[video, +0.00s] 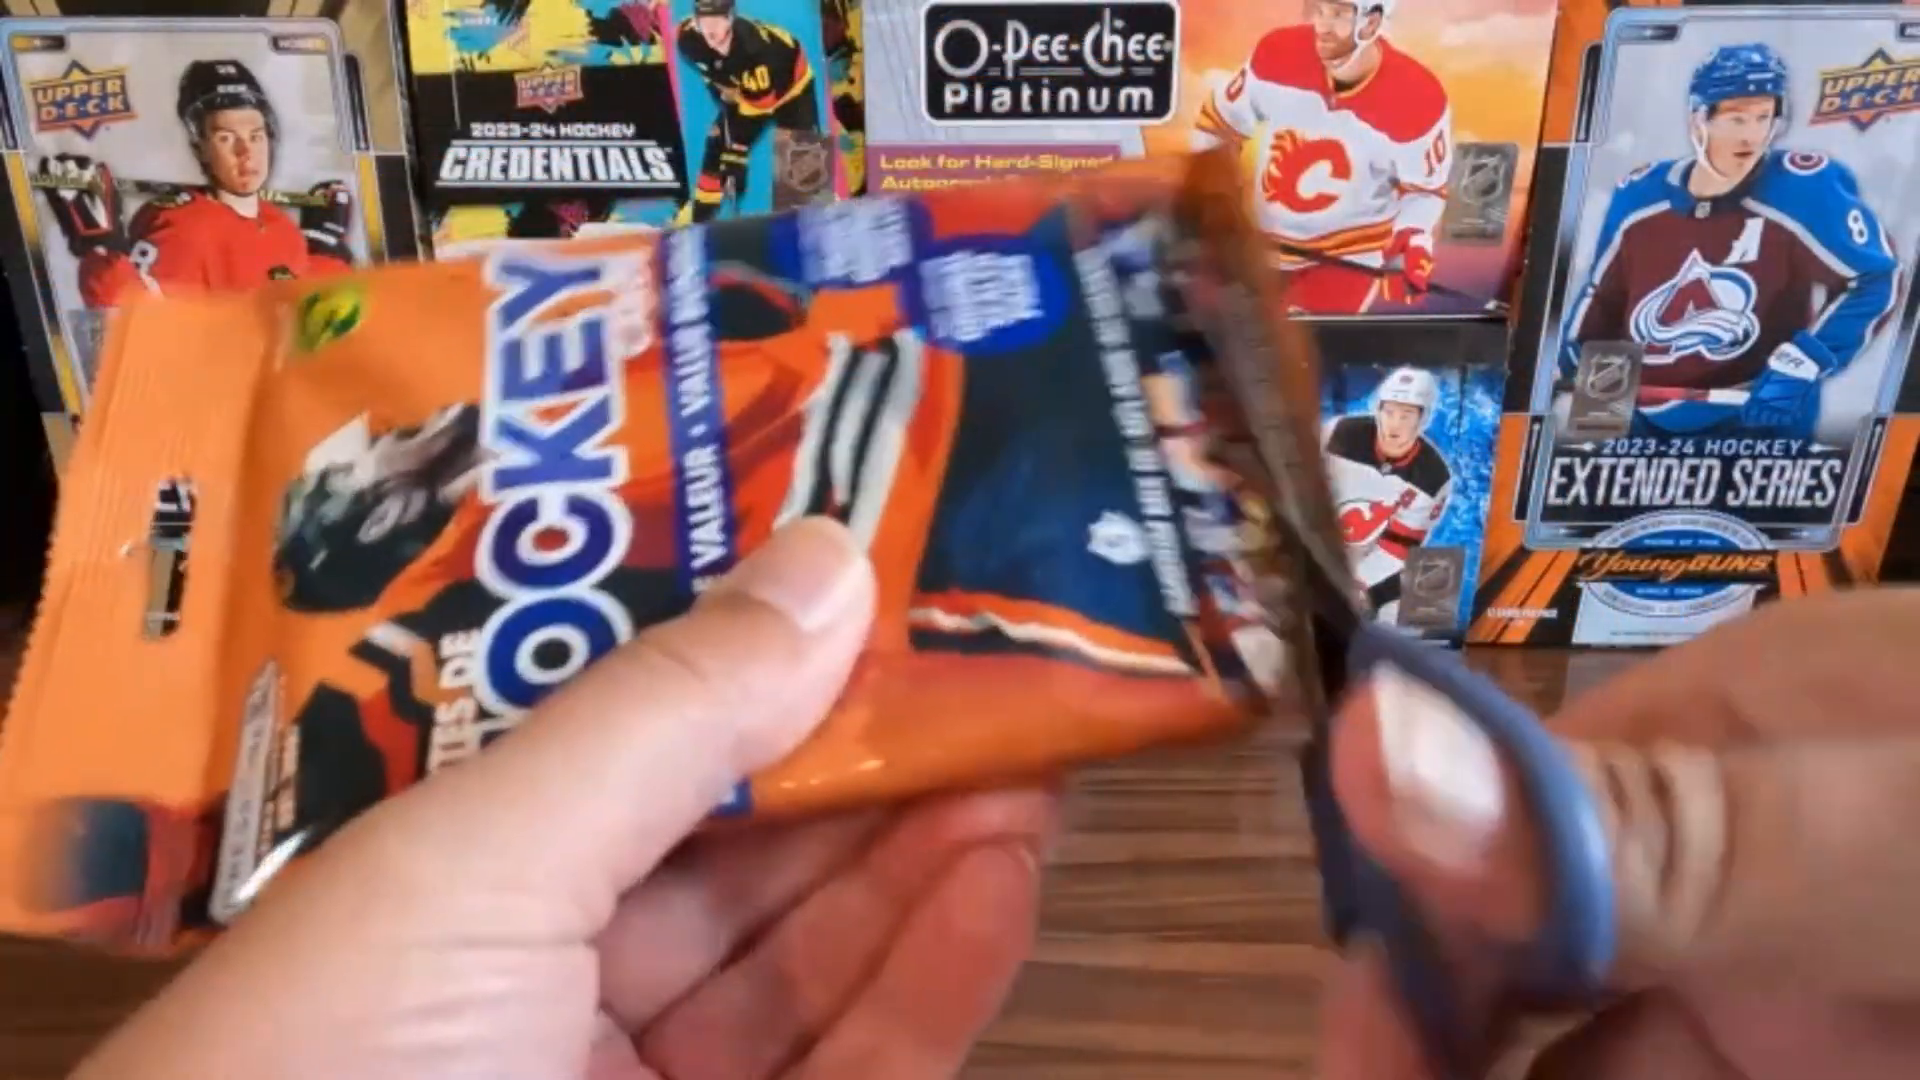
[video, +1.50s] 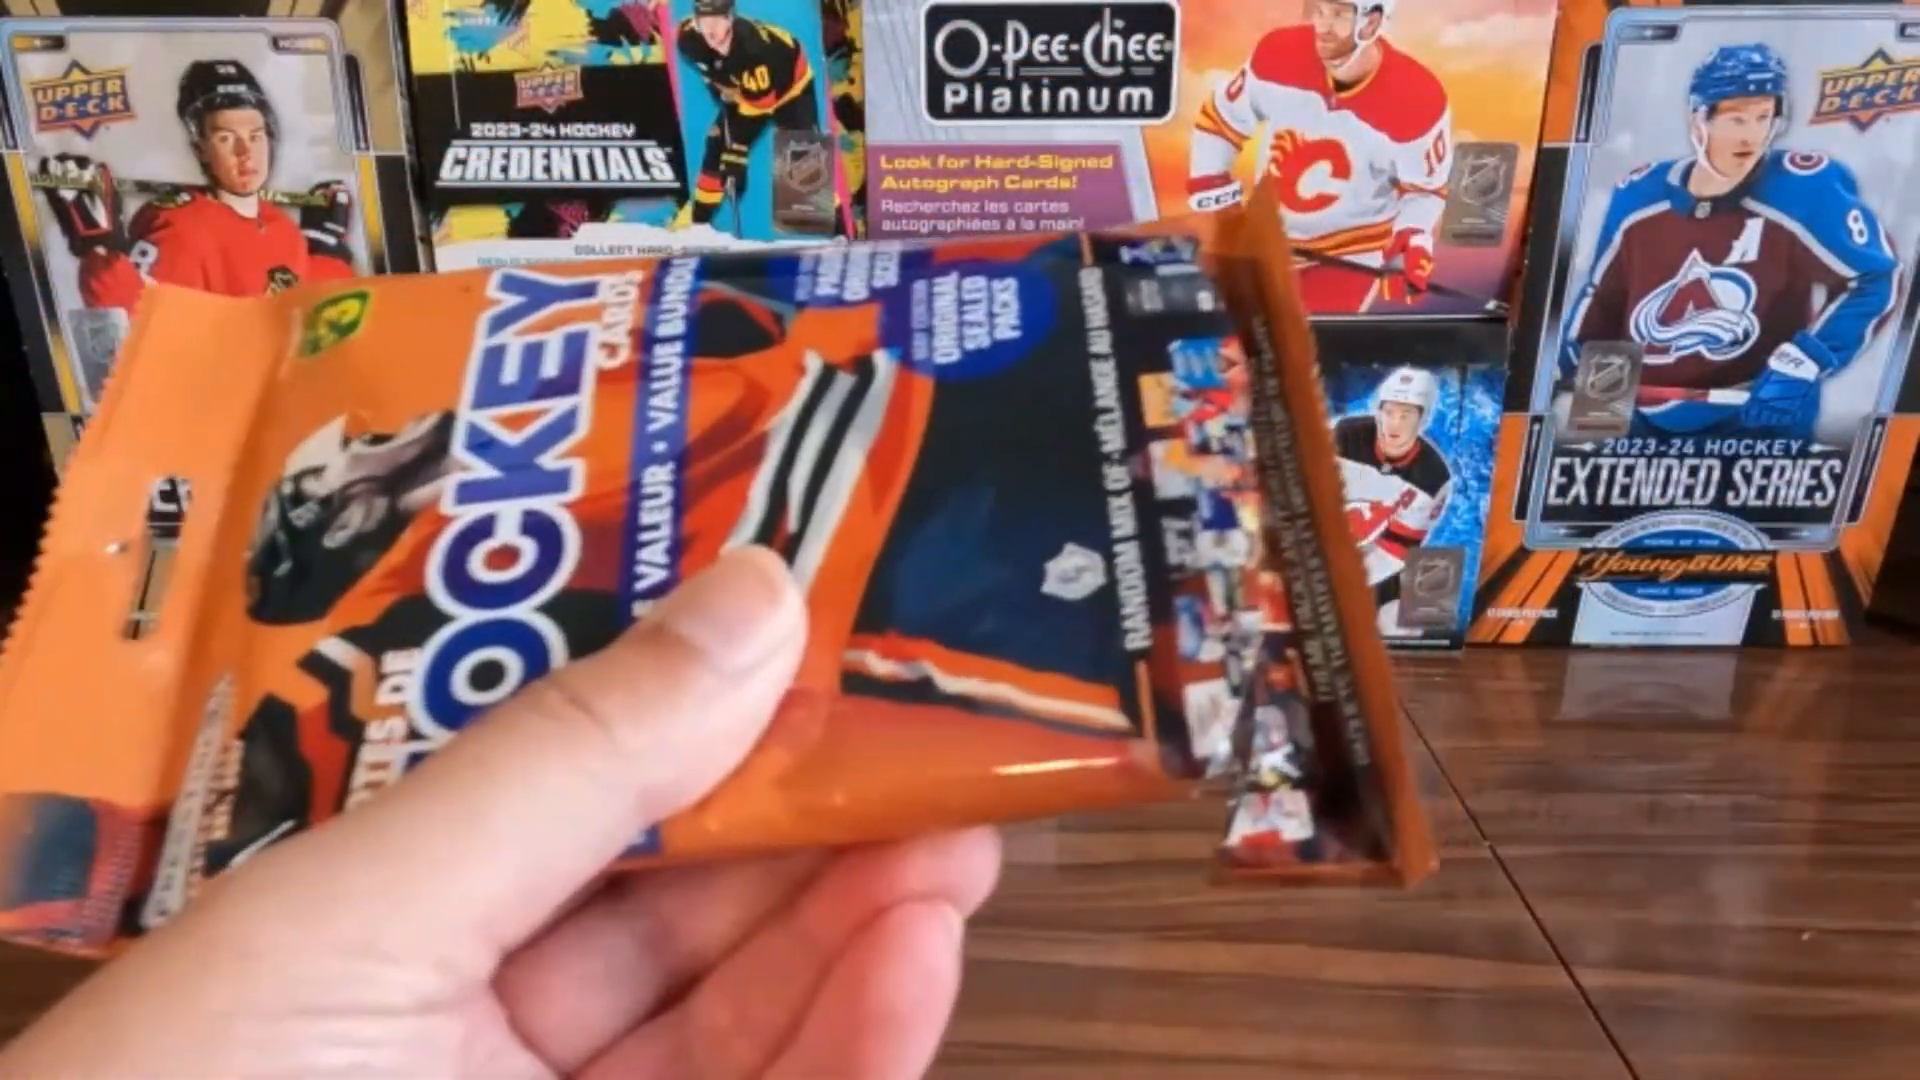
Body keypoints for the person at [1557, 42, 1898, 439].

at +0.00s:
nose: (1750, 135)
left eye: (1762, 118)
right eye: (1735, 119)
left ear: (1775, 123)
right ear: (1698, 123)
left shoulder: (1805, 191)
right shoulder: (1638, 197)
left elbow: (1878, 280)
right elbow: (1600, 295)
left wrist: (1802, 365)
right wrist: (1577, 367)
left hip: (1742, 427)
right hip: (1635, 421)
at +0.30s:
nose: (1750, 135)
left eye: (1762, 118)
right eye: (1734, 119)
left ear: (1775, 123)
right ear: (1698, 125)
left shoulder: (1806, 192)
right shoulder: (1638, 197)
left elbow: (1879, 280)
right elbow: (1599, 296)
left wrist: (1802, 365)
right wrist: (1577, 369)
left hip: (1743, 427)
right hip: (1636, 421)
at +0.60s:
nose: (1749, 135)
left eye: (1762, 118)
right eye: (1734, 119)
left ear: (1775, 122)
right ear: (1698, 124)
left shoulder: (1805, 192)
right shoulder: (1638, 197)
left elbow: (1879, 280)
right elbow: (1599, 296)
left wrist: (1801, 365)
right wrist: (1575, 365)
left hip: (1744, 427)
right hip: (1637, 421)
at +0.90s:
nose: (1749, 135)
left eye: (1762, 118)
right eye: (1734, 119)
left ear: (1775, 123)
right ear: (1698, 124)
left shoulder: (1806, 192)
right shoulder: (1637, 198)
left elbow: (1879, 280)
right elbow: (1599, 297)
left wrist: (1802, 365)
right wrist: (1573, 366)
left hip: (1745, 427)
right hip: (1638, 422)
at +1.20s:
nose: (1749, 135)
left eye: (1762, 118)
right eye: (1734, 119)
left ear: (1775, 123)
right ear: (1698, 124)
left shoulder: (1806, 192)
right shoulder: (1638, 197)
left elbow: (1879, 280)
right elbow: (1598, 297)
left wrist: (1802, 365)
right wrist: (1580, 367)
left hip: (1744, 426)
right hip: (1637, 421)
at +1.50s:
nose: (1749, 135)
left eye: (1761, 118)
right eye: (1734, 119)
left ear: (1775, 122)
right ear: (1698, 123)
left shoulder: (1805, 192)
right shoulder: (1638, 197)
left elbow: (1879, 280)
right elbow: (1599, 296)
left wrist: (1803, 364)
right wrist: (1575, 369)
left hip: (1745, 428)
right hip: (1638, 422)